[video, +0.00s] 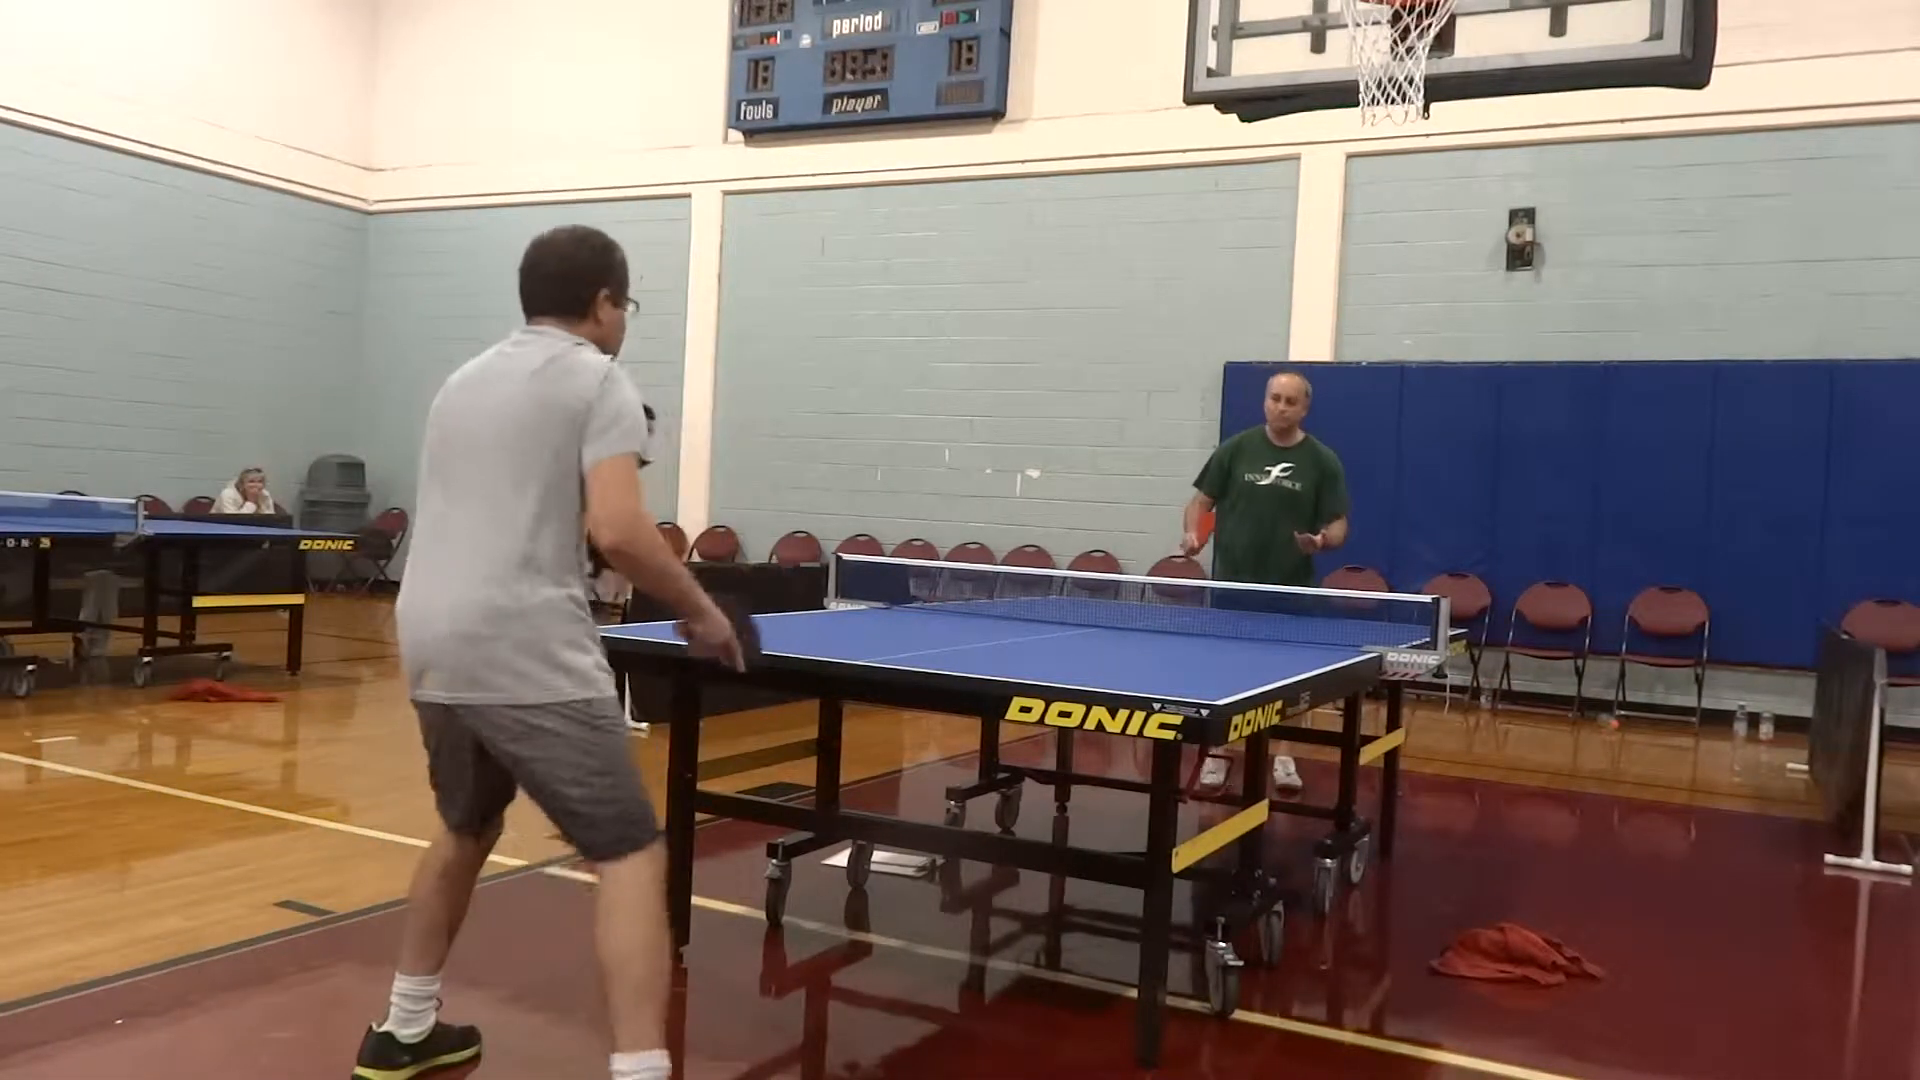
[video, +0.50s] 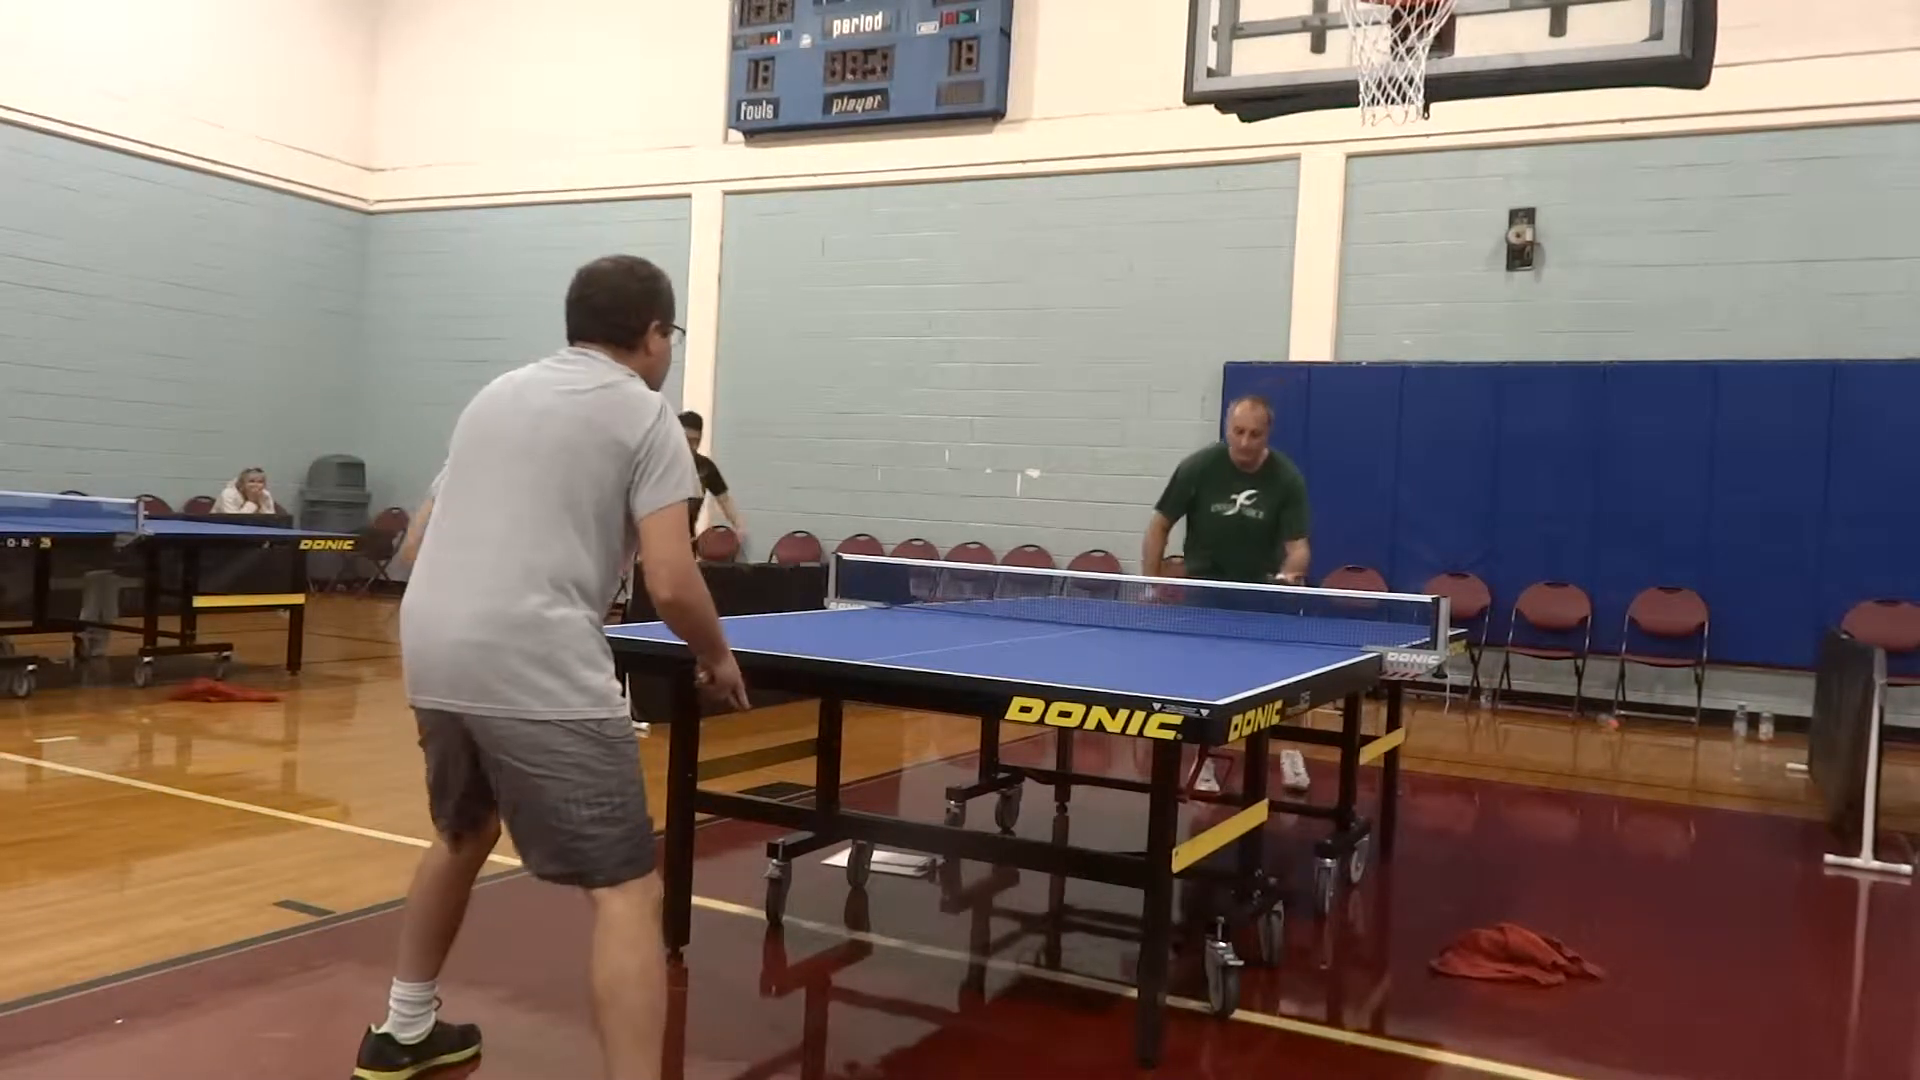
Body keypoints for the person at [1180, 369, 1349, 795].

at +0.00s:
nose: (1280, 407)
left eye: (1290, 401)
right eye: (1275, 399)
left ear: (1305, 408)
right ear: (1265, 401)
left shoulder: (1323, 461)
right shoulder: (1235, 449)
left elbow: (1338, 524)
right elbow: (1200, 501)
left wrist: (1321, 540)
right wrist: (1191, 532)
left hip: (1290, 592)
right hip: (1232, 586)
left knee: (1289, 671)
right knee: (1225, 663)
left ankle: (1283, 753)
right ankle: (1217, 752)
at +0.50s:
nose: (1245, 442)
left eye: (1255, 434)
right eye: (1238, 432)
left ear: (1269, 434)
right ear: (1226, 429)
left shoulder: (1286, 478)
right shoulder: (1197, 468)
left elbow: (1298, 546)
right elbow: (1159, 526)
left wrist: (1291, 573)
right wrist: (1152, 585)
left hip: (1263, 596)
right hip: (1205, 592)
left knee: (1283, 666)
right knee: (1203, 671)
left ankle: (1289, 745)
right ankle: (1207, 757)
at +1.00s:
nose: (1245, 445)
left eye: (1255, 437)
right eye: (1238, 435)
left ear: (1268, 441)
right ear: (1225, 435)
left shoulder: (1284, 484)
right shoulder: (1197, 475)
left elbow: (1296, 551)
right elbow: (1154, 527)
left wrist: (1290, 571)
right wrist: (1127, 580)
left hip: (1260, 602)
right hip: (1203, 598)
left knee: (1281, 673)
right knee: (1201, 676)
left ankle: (1300, 749)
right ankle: (1207, 759)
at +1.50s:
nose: (1279, 420)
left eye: (1285, 412)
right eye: (1269, 411)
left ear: (1292, 416)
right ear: (1249, 414)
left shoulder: (1307, 463)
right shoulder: (1225, 459)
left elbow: (1326, 524)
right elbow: (1214, 531)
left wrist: (1356, 548)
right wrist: (1277, 548)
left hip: (1286, 590)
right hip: (1227, 589)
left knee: (1302, 669)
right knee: (1219, 666)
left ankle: (1301, 753)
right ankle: (1211, 757)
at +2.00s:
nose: (1289, 408)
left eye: (1297, 400)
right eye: (1280, 400)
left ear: (1309, 406)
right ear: (1266, 407)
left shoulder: (1336, 458)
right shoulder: (1245, 461)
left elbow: (1359, 515)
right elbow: (1224, 520)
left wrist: (1369, 572)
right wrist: (1228, 550)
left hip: (1319, 594)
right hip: (1259, 593)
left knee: (1323, 680)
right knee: (1254, 674)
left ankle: (1303, 755)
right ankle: (1247, 759)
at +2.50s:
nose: (1320, 425)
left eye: (1330, 418)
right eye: (1313, 417)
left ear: (1347, 426)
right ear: (1302, 424)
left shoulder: (1374, 477)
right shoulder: (1287, 478)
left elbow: (1413, 544)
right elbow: (1267, 535)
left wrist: (1387, 596)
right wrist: (1263, 567)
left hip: (1358, 619)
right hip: (1294, 615)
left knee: (1407, 689)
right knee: (1254, 681)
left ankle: (1431, 783)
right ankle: (1251, 765)